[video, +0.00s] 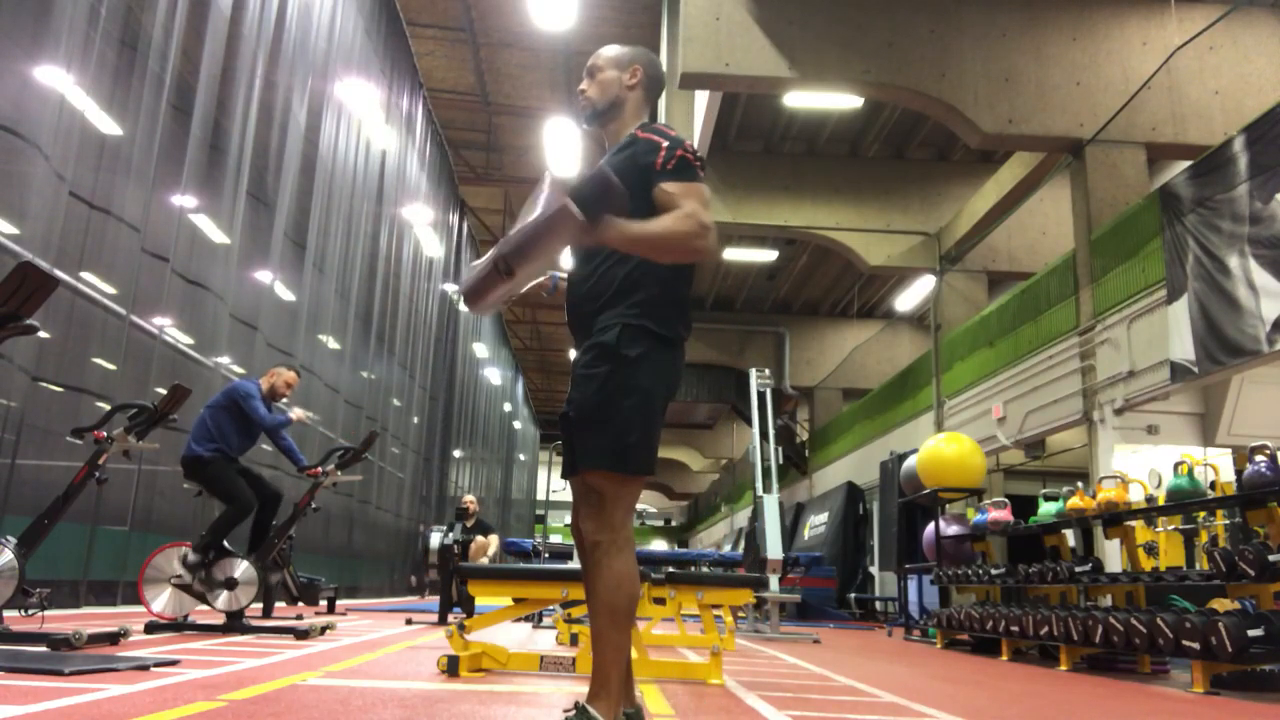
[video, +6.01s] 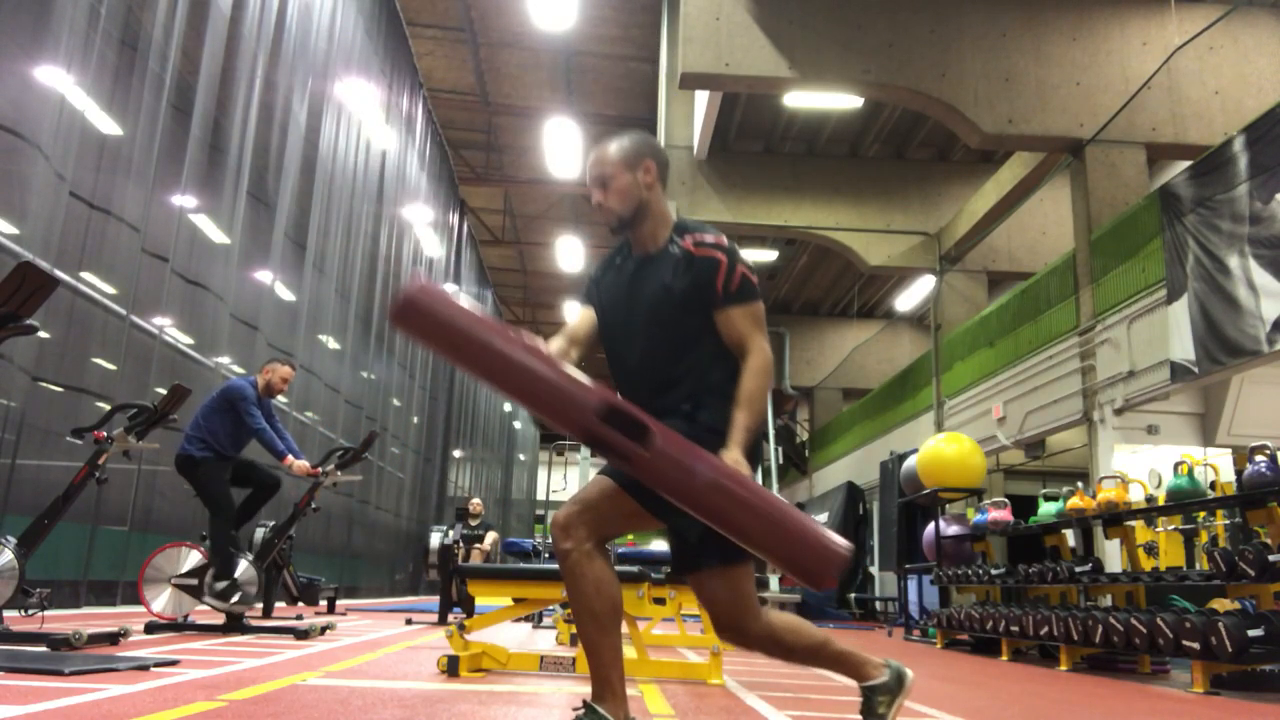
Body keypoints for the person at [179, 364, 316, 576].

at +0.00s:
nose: (287, 394)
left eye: (291, 390)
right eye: (287, 385)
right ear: (272, 376)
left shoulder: (265, 406)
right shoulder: (245, 388)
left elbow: (280, 438)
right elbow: (264, 422)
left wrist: (303, 467)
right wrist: (291, 417)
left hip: (225, 462)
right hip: (202, 459)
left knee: (271, 496)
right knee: (244, 502)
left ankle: (256, 558)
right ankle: (198, 553)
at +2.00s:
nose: (294, 396)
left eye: (298, 393)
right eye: (293, 388)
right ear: (277, 379)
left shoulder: (267, 406)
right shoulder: (259, 393)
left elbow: (282, 439)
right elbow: (293, 420)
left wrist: (305, 467)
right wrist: (340, 439)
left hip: (218, 459)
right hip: (207, 458)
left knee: (260, 502)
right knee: (259, 501)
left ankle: (226, 547)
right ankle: (238, 561)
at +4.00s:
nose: (294, 398)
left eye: (298, 394)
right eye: (294, 390)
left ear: (285, 388)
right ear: (279, 380)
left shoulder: (265, 405)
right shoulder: (257, 393)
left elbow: (280, 441)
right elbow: (295, 422)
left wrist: (305, 469)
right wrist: (341, 439)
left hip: (220, 460)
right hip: (205, 458)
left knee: (262, 505)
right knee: (251, 498)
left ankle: (254, 561)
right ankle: (204, 540)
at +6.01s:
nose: (285, 388)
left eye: (288, 384)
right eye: (283, 381)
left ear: (275, 380)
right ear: (266, 373)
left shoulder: (262, 400)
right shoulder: (241, 389)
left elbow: (278, 430)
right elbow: (259, 428)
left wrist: (302, 462)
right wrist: (288, 461)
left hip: (223, 460)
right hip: (198, 458)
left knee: (270, 483)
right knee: (224, 510)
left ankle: (228, 528)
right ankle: (221, 581)